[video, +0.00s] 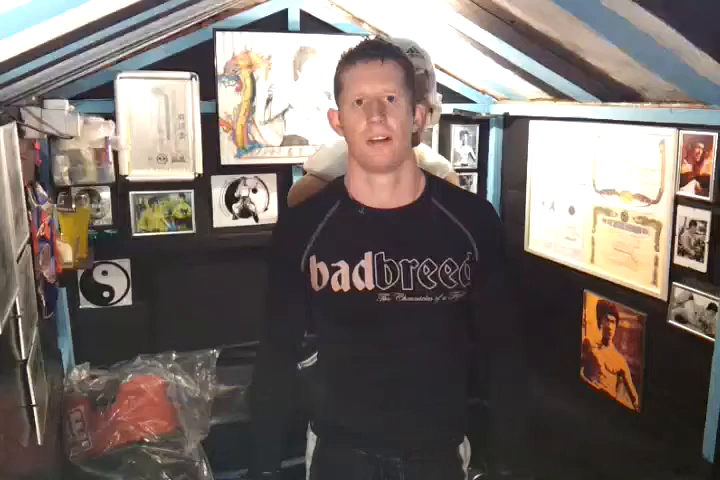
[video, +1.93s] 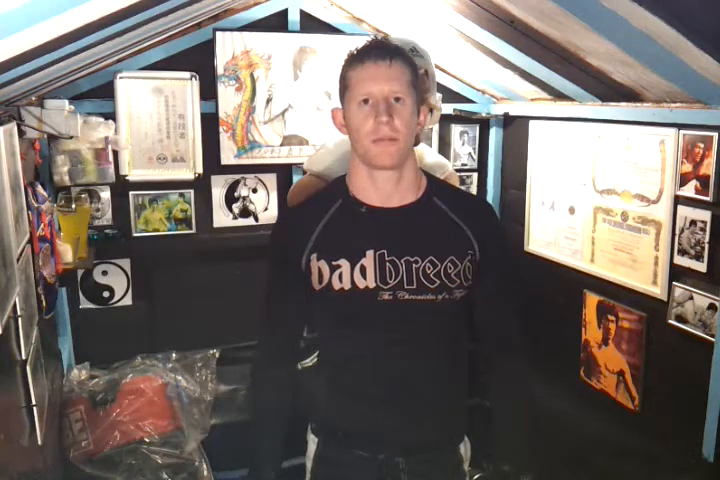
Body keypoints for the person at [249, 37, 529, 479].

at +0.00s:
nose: (376, 116)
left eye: (390, 99)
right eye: (360, 102)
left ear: (419, 117)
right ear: (338, 122)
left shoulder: (475, 222)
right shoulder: (302, 227)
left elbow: (502, 356)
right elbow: (277, 359)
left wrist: (499, 467)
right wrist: (272, 466)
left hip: (439, 458)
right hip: (340, 457)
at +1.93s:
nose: (383, 116)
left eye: (397, 100)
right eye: (366, 102)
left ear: (422, 117)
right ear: (342, 121)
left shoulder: (475, 221)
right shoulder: (302, 225)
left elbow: (501, 353)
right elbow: (275, 359)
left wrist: (499, 466)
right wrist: (270, 467)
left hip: (439, 459)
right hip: (341, 458)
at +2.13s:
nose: (383, 123)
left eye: (397, 105)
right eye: (365, 108)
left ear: (421, 119)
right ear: (339, 124)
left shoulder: (474, 223)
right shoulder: (299, 226)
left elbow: (510, 350)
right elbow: (266, 350)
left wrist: (473, 457)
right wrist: (288, 455)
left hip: (443, 454)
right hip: (338, 454)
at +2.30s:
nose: (372, 135)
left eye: (386, 114)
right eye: (353, 118)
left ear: (414, 120)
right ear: (330, 129)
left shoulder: (468, 224)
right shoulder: (293, 229)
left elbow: (501, 348)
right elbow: (257, 346)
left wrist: (452, 402)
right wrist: (319, 405)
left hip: (435, 458)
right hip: (334, 457)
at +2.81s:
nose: (321, 148)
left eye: (339, 123)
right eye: (303, 128)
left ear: (376, 127)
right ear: (284, 138)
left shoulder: (464, 237)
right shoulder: (280, 243)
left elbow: (520, 361)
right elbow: (262, 356)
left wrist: (445, 432)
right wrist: (280, 409)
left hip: (440, 466)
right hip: (325, 464)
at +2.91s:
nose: (323, 160)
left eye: (342, 133)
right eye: (304, 136)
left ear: (382, 135)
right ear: (285, 143)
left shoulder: (463, 251)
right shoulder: (298, 236)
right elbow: (270, 344)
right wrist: (254, 412)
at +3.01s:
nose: (326, 166)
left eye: (351, 137)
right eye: (309, 137)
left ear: (395, 143)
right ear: (291, 140)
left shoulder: (467, 270)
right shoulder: (313, 246)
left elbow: (520, 440)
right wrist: (248, 420)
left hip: (440, 465)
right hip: (340, 463)